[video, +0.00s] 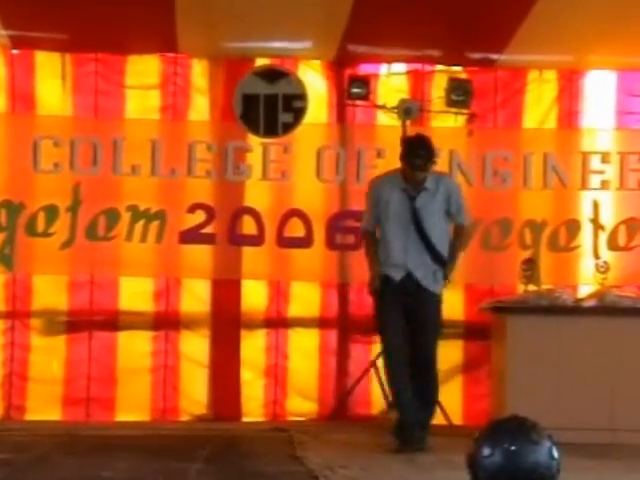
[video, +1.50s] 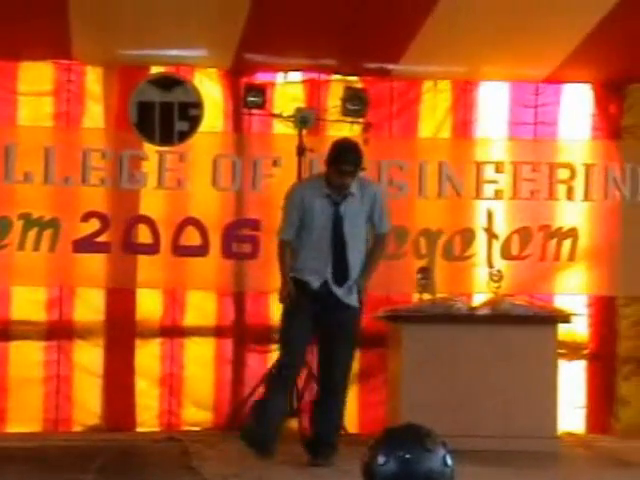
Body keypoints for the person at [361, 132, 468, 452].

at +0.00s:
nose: (419, 176)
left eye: (424, 170)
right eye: (413, 169)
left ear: (433, 165)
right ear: (402, 163)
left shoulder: (446, 187)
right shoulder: (381, 187)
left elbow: (463, 226)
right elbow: (369, 231)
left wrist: (448, 266)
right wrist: (375, 270)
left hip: (427, 282)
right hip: (389, 281)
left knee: (424, 356)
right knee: (396, 355)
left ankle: (420, 427)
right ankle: (406, 426)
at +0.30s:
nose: (409, 180)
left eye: (415, 174)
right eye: (404, 174)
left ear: (422, 169)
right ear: (393, 169)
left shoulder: (437, 192)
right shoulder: (374, 194)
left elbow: (448, 237)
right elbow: (354, 237)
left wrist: (438, 275)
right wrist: (369, 268)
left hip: (418, 289)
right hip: (380, 287)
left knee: (406, 367)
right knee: (362, 357)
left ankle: (388, 430)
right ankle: (382, 427)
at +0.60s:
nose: (370, 180)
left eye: (374, 173)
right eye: (363, 174)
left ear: (381, 168)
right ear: (351, 170)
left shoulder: (394, 188)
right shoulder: (331, 197)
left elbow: (408, 221)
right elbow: (322, 246)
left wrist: (401, 255)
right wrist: (330, 287)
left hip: (384, 282)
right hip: (345, 283)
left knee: (392, 356)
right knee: (342, 357)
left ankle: (393, 430)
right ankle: (358, 428)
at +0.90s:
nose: (359, 178)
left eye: (365, 171)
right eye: (353, 171)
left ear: (373, 168)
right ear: (341, 167)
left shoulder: (390, 191)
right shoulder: (324, 195)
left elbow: (414, 226)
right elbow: (316, 242)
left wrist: (398, 273)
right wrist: (320, 282)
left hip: (381, 289)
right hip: (341, 289)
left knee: (381, 362)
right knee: (342, 362)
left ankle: (363, 435)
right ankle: (352, 427)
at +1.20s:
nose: (348, 182)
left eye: (354, 175)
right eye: (342, 175)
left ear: (361, 172)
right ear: (330, 170)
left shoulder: (369, 199)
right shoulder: (305, 196)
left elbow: (372, 239)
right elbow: (287, 240)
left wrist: (365, 280)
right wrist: (299, 283)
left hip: (353, 294)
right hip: (313, 294)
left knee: (361, 366)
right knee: (309, 371)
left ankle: (343, 433)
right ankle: (335, 425)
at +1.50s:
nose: (345, 182)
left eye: (351, 176)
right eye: (340, 175)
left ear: (359, 172)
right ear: (327, 168)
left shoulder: (370, 195)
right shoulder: (302, 193)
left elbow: (380, 237)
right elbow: (286, 239)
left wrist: (364, 279)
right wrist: (285, 280)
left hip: (346, 293)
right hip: (306, 289)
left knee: (335, 374)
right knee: (289, 363)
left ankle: (324, 444)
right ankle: (263, 432)